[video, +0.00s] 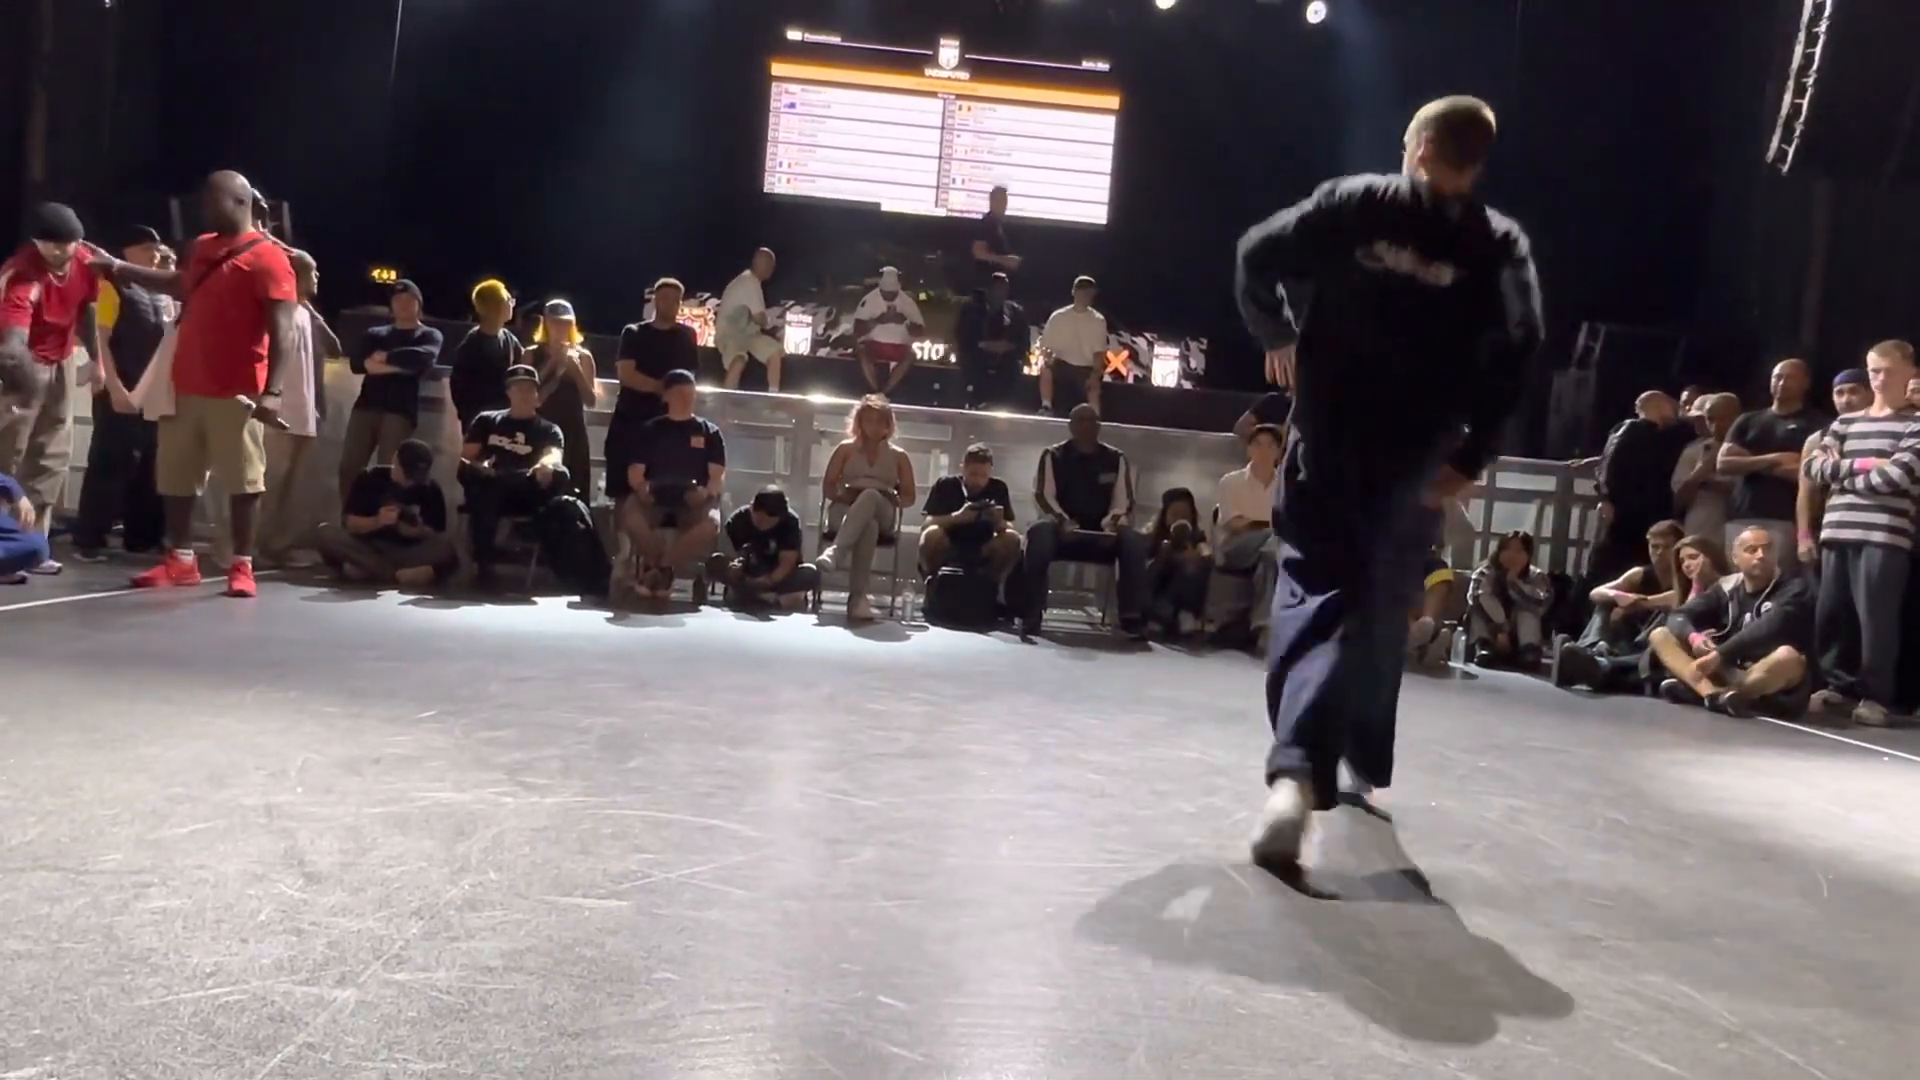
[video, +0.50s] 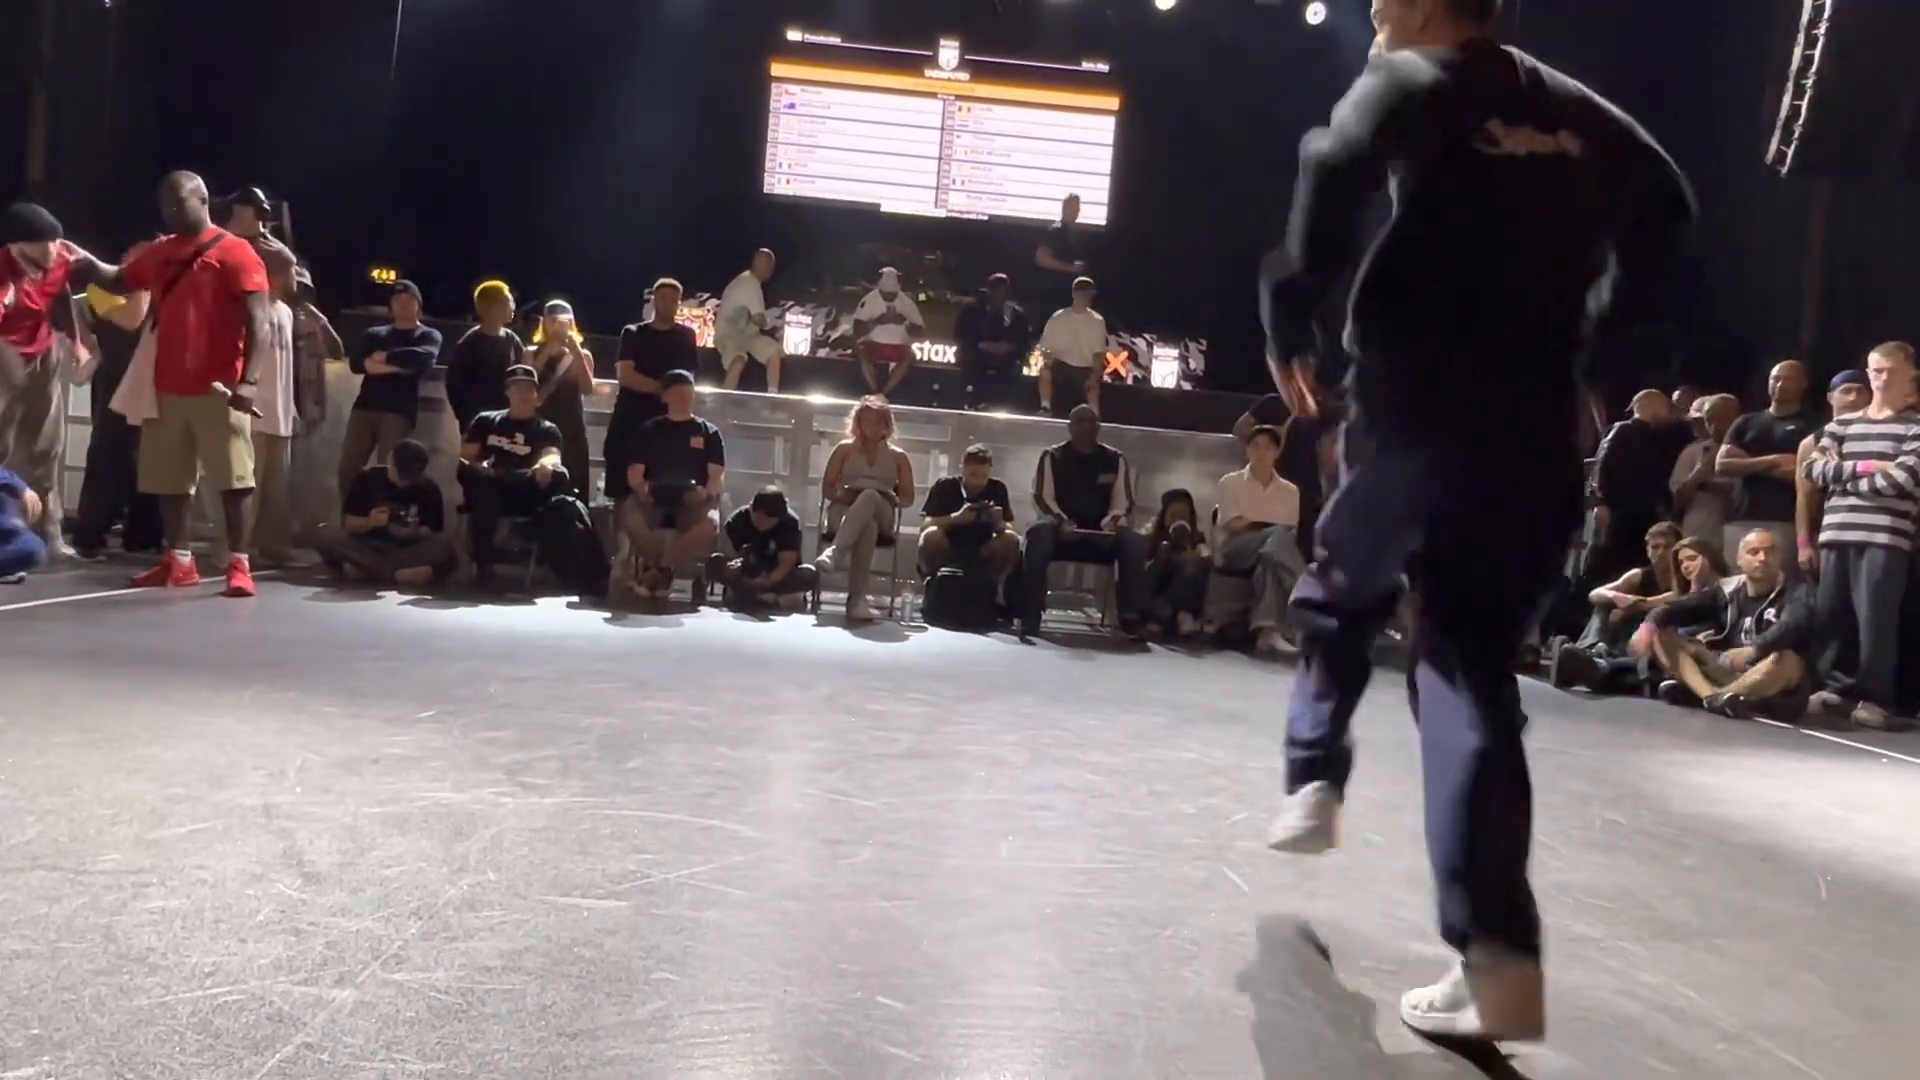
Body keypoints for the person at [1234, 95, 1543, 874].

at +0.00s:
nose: (1411, 158)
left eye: (1413, 147)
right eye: (1430, 155)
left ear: (1414, 147)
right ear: (1482, 163)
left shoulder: (1357, 200)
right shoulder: (1504, 242)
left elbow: (1255, 253)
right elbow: (1522, 343)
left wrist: (1273, 337)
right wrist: (1475, 453)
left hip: (1330, 430)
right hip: (1422, 447)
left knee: (1310, 583)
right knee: (1385, 604)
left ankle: (1293, 768)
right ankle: (1359, 767)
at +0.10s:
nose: (1387, 154)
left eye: (1388, 143)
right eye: (1393, 146)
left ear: (1396, 142)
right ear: (1468, 159)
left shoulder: (1336, 193)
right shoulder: (1507, 229)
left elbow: (1236, 246)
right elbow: (1535, 347)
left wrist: (1261, 354)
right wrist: (1486, 452)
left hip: (1331, 435)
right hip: (1427, 445)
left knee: (1309, 618)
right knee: (1378, 576)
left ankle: (1313, 827)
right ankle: (1360, 704)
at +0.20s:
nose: (1363, 152)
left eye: (1368, 139)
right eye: (1368, 140)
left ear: (1389, 135)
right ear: (1452, 148)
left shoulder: (1342, 201)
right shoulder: (1493, 223)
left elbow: (1268, 316)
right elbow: (1550, 361)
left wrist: (1238, 439)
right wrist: (1512, 496)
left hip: (1339, 450)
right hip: (1440, 455)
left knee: (1315, 646)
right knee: (1397, 562)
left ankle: (1311, 844)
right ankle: (1383, 660)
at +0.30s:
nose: (1360, 86)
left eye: (1365, 70)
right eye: (1364, 72)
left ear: (1392, 64)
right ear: (1457, 74)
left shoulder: (1340, 140)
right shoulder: (1515, 161)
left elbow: (1259, 241)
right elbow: (1624, 243)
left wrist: (1252, 354)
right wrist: (1529, 359)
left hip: (1343, 428)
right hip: (1453, 434)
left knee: (1309, 634)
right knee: (1411, 644)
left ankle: (1306, 844)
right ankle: (1422, 770)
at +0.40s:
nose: (1369, 23)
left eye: (1378, 10)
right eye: (1373, 13)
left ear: (1410, 12)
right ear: (1476, 17)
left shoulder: (1356, 80)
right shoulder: (1549, 100)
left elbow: (1258, 182)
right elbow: (1661, 137)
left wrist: (1240, 263)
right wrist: (1562, 276)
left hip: (1377, 396)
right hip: (1493, 408)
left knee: (1323, 605)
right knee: (1448, 628)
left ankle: (1290, 825)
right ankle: (1463, 880)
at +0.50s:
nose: (1376, 32)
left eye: (1381, 20)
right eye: (1379, 23)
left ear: (1411, 15)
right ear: (1486, 17)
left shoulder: (1398, 80)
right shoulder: (1580, 106)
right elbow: (1670, 210)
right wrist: (1596, 352)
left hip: (1414, 418)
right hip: (1540, 432)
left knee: (1340, 595)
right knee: (1470, 667)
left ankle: (1312, 786)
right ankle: (1500, 966)